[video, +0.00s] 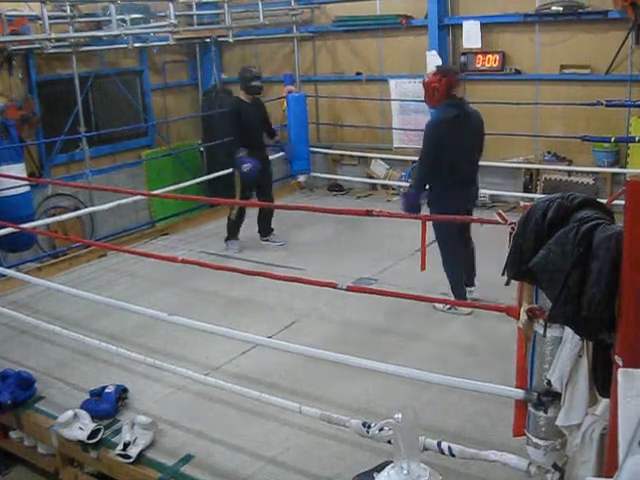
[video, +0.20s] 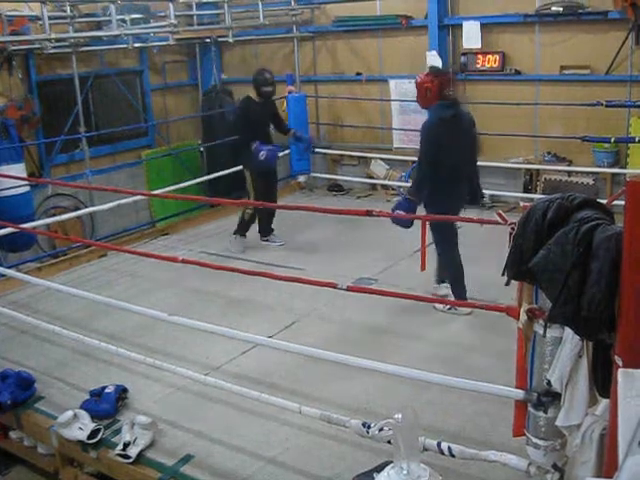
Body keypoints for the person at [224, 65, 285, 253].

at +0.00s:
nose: (258, 85)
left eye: (259, 81)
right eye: (253, 82)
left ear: (260, 82)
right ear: (243, 84)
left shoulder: (258, 104)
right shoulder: (235, 106)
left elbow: (265, 124)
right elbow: (233, 133)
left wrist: (274, 136)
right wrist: (240, 154)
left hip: (261, 154)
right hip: (244, 156)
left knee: (266, 197)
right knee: (241, 198)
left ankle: (266, 233)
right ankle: (232, 237)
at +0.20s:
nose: (269, 89)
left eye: (271, 85)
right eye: (264, 85)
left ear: (274, 85)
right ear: (256, 86)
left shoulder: (269, 104)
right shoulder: (246, 104)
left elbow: (279, 125)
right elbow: (242, 132)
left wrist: (295, 135)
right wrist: (255, 148)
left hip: (268, 154)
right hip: (251, 156)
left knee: (270, 196)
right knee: (257, 197)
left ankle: (266, 234)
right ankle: (240, 233)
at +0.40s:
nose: (279, 87)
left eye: (281, 83)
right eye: (275, 83)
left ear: (283, 84)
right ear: (266, 85)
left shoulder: (281, 103)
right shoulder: (253, 105)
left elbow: (294, 123)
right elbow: (251, 131)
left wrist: (310, 129)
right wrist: (266, 141)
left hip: (273, 153)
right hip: (255, 154)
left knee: (275, 196)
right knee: (269, 197)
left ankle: (271, 233)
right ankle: (266, 236)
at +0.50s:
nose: (285, 88)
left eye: (286, 84)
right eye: (280, 85)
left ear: (288, 85)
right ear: (271, 87)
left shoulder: (288, 103)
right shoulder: (260, 106)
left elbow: (302, 125)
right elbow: (257, 135)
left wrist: (316, 125)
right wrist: (270, 138)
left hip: (280, 154)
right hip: (261, 156)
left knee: (278, 194)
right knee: (274, 195)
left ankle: (265, 231)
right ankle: (287, 236)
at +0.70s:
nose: (294, 92)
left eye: (296, 88)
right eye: (289, 89)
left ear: (299, 89)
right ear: (280, 91)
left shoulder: (300, 106)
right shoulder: (270, 109)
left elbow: (318, 126)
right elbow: (272, 137)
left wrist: (327, 115)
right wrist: (286, 126)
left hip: (294, 160)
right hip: (276, 161)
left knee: (296, 201)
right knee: (288, 201)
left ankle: (274, 225)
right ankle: (297, 240)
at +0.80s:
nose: (298, 92)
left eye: (300, 87)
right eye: (294, 88)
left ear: (303, 88)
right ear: (284, 90)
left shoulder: (304, 105)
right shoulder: (274, 109)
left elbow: (322, 124)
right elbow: (277, 133)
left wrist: (330, 113)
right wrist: (291, 121)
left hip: (301, 160)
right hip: (282, 162)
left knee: (311, 200)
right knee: (291, 202)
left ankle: (291, 217)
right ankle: (297, 240)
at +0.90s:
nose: (302, 92)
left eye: (305, 88)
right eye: (298, 88)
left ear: (308, 88)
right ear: (289, 89)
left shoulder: (309, 104)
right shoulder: (280, 107)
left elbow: (327, 124)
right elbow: (282, 131)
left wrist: (333, 112)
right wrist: (295, 117)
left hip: (307, 160)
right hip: (288, 162)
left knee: (322, 197)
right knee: (296, 204)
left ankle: (311, 225)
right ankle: (297, 240)